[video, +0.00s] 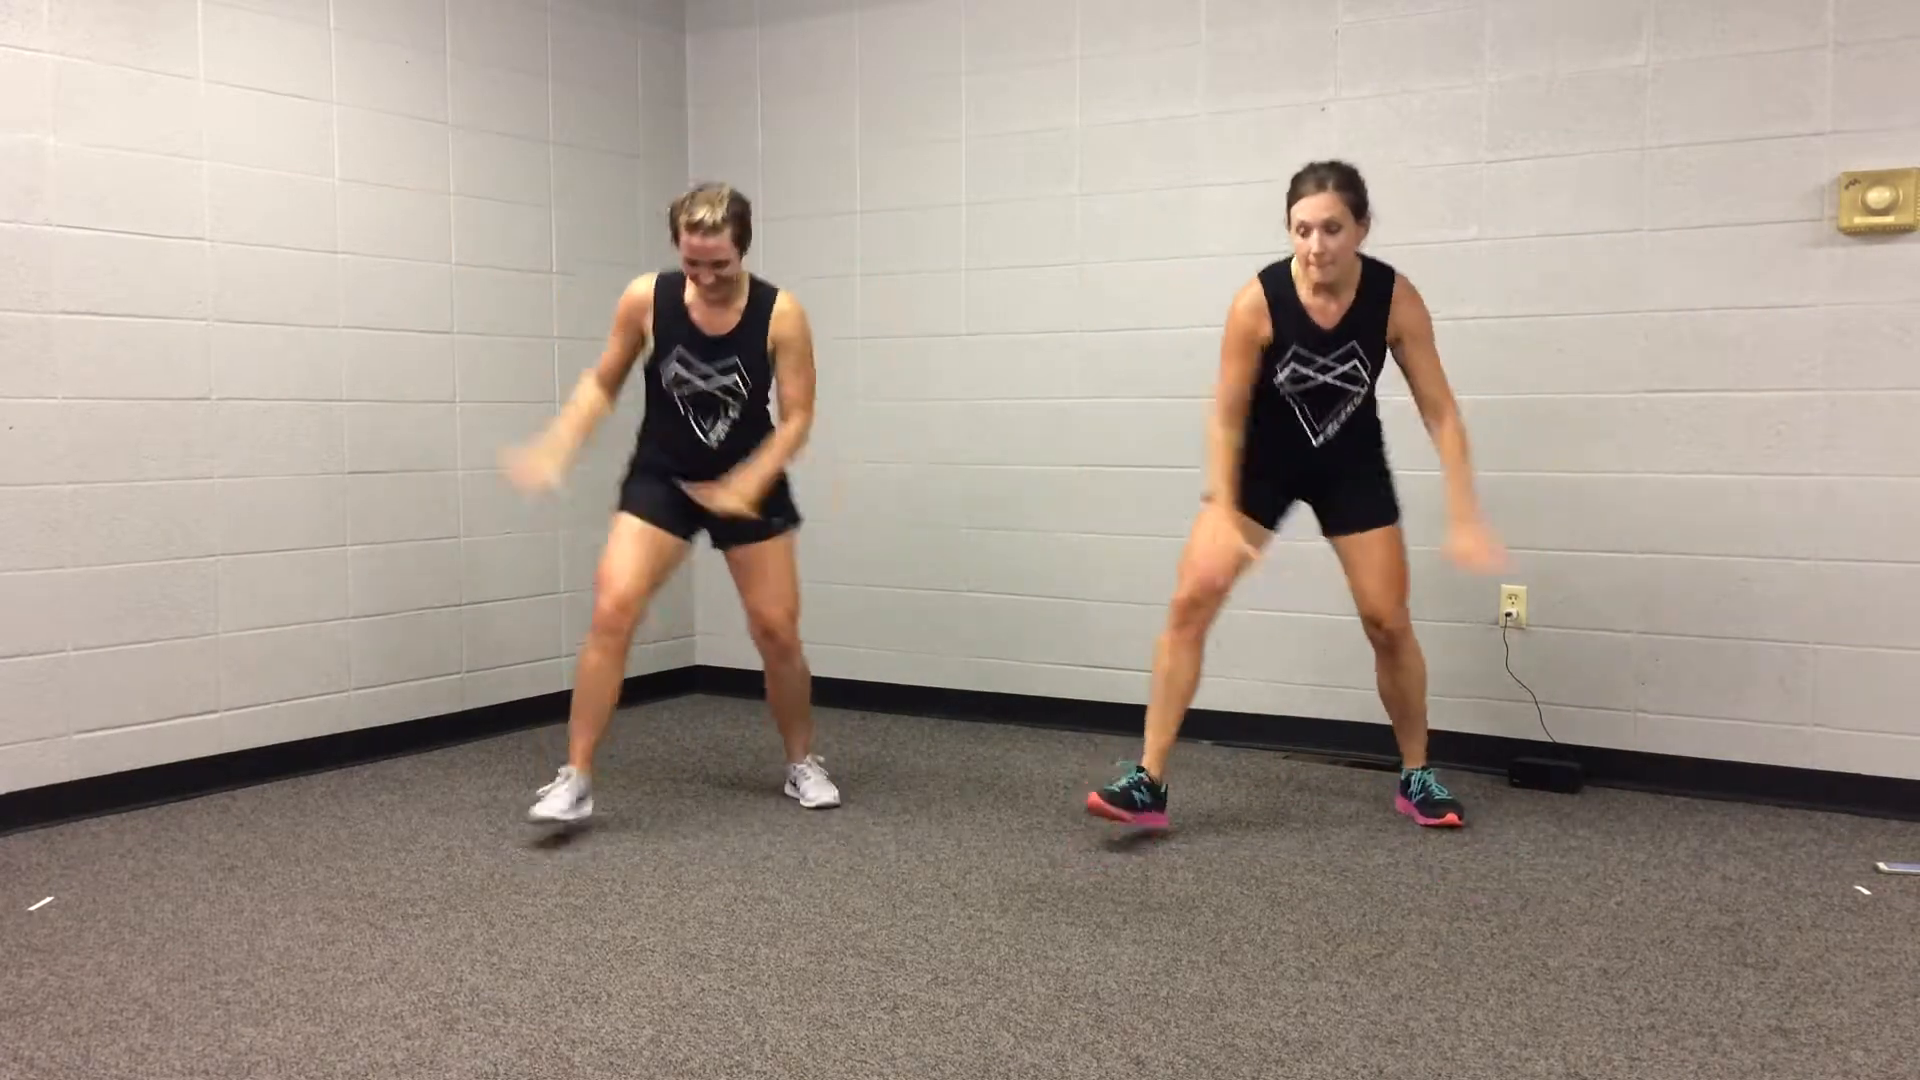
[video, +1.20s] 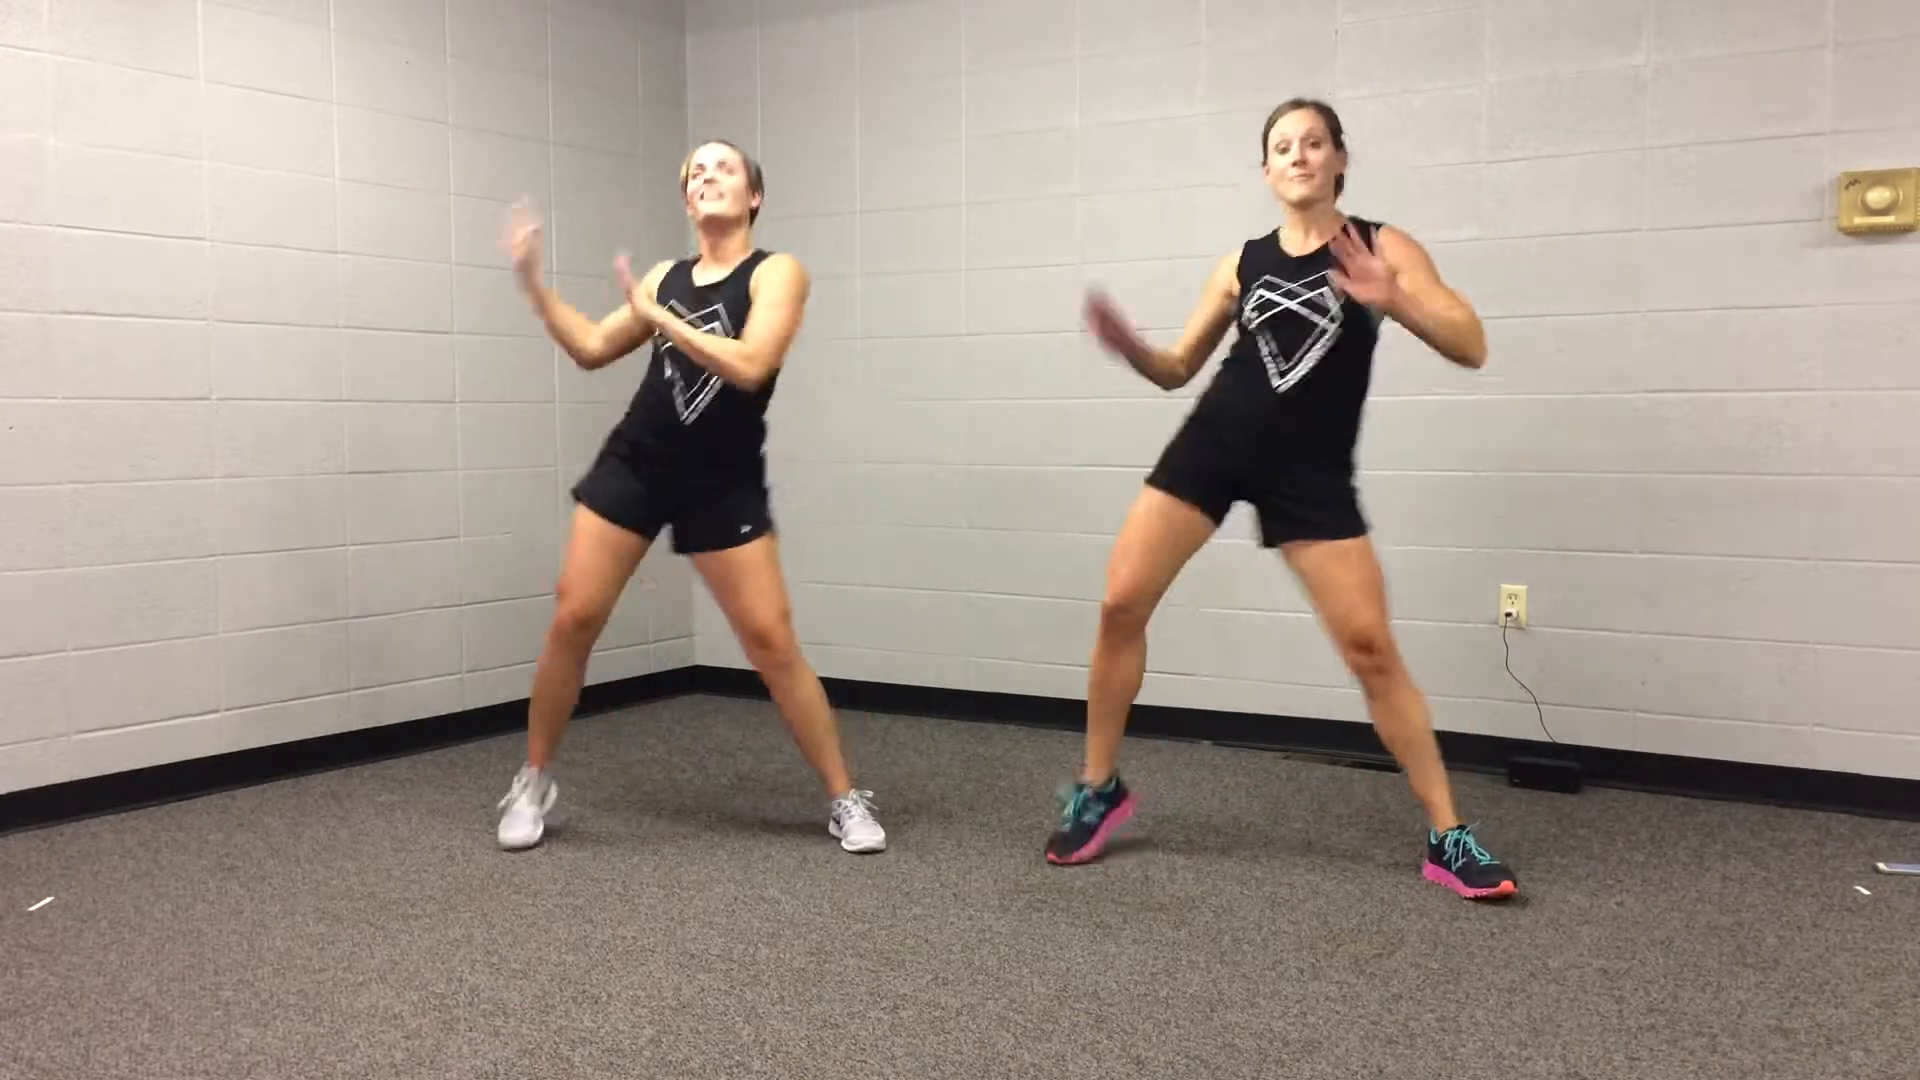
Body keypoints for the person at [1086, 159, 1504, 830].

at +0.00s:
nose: (1315, 246)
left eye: (1331, 229)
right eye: (1302, 231)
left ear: (1362, 230)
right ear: (1288, 232)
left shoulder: (1395, 301)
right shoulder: (1257, 307)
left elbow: (1441, 412)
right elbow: (1226, 418)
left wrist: (1465, 515)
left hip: (1351, 461)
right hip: (1264, 461)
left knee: (1387, 621)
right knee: (1189, 602)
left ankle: (1416, 773)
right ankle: (1148, 776)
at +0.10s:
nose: (1304, 228)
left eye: (1321, 212)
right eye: (1293, 213)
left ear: (1355, 217)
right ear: (1279, 217)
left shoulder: (1384, 296)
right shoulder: (1245, 282)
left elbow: (1424, 412)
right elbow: (1183, 369)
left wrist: (1383, 432)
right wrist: (1157, 407)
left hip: (1308, 457)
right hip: (1221, 445)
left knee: (1361, 621)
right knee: (1167, 604)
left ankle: (1415, 773)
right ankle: (1142, 782)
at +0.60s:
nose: (1248, 167)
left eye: (1265, 158)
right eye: (1237, 157)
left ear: (1288, 178)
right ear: (1219, 173)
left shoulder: (1305, 264)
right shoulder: (1190, 264)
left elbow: (1370, 352)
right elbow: (1151, 372)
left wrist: (1456, 350)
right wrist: (1255, 370)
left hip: (1293, 468)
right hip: (1205, 470)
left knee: (1379, 607)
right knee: (1178, 638)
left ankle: (1440, 800)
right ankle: (1143, 789)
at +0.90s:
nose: (1290, 178)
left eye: (1305, 168)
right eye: (1275, 168)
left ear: (1326, 191)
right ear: (1251, 192)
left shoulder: (1362, 280)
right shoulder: (1231, 288)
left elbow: (1425, 377)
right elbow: (1232, 406)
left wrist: (1524, 403)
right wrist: (1335, 391)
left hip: (1394, 478)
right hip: (1292, 487)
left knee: (1443, 645)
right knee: (1207, 657)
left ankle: (1453, 834)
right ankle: (1160, 787)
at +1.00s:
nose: (1302, 172)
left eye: (1316, 161)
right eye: (1286, 164)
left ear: (1339, 184)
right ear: (1264, 191)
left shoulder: (1387, 271)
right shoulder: (1247, 289)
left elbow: (1457, 368)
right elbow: (1250, 408)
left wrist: (1522, 463)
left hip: (1381, 478)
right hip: (1279, 479)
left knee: (1436, 649)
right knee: (1158, 627)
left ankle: (1453, 834)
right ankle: (1137, 768)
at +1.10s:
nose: (1304, 156)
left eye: (1318, 144)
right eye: (1289, 149)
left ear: (1346, 164)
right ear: (1271, 174)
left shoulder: (1394, 252)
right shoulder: (1250, 270)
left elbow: (1471, 341)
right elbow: (1208, 373)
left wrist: (1465, 385)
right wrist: (1183, 444)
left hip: (1355, 472)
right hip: (1249, 465)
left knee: (1413, 646)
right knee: (1127, 596)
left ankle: (1452, 834)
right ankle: (1114, 760)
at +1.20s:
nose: (1298, 156)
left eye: (1314, 143)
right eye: (1283, 148)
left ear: (1343, 163)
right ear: (1266, 173)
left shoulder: (1385, 250)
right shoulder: (1245, 263)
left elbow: (1471, 344)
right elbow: (1177, 369)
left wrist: (1392, 300)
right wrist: (1127, 344)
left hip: (1309, 469)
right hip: (1210, 450)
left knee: (1370, 646)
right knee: (1121, 602)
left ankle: (1448, 831)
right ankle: (1096, 785)